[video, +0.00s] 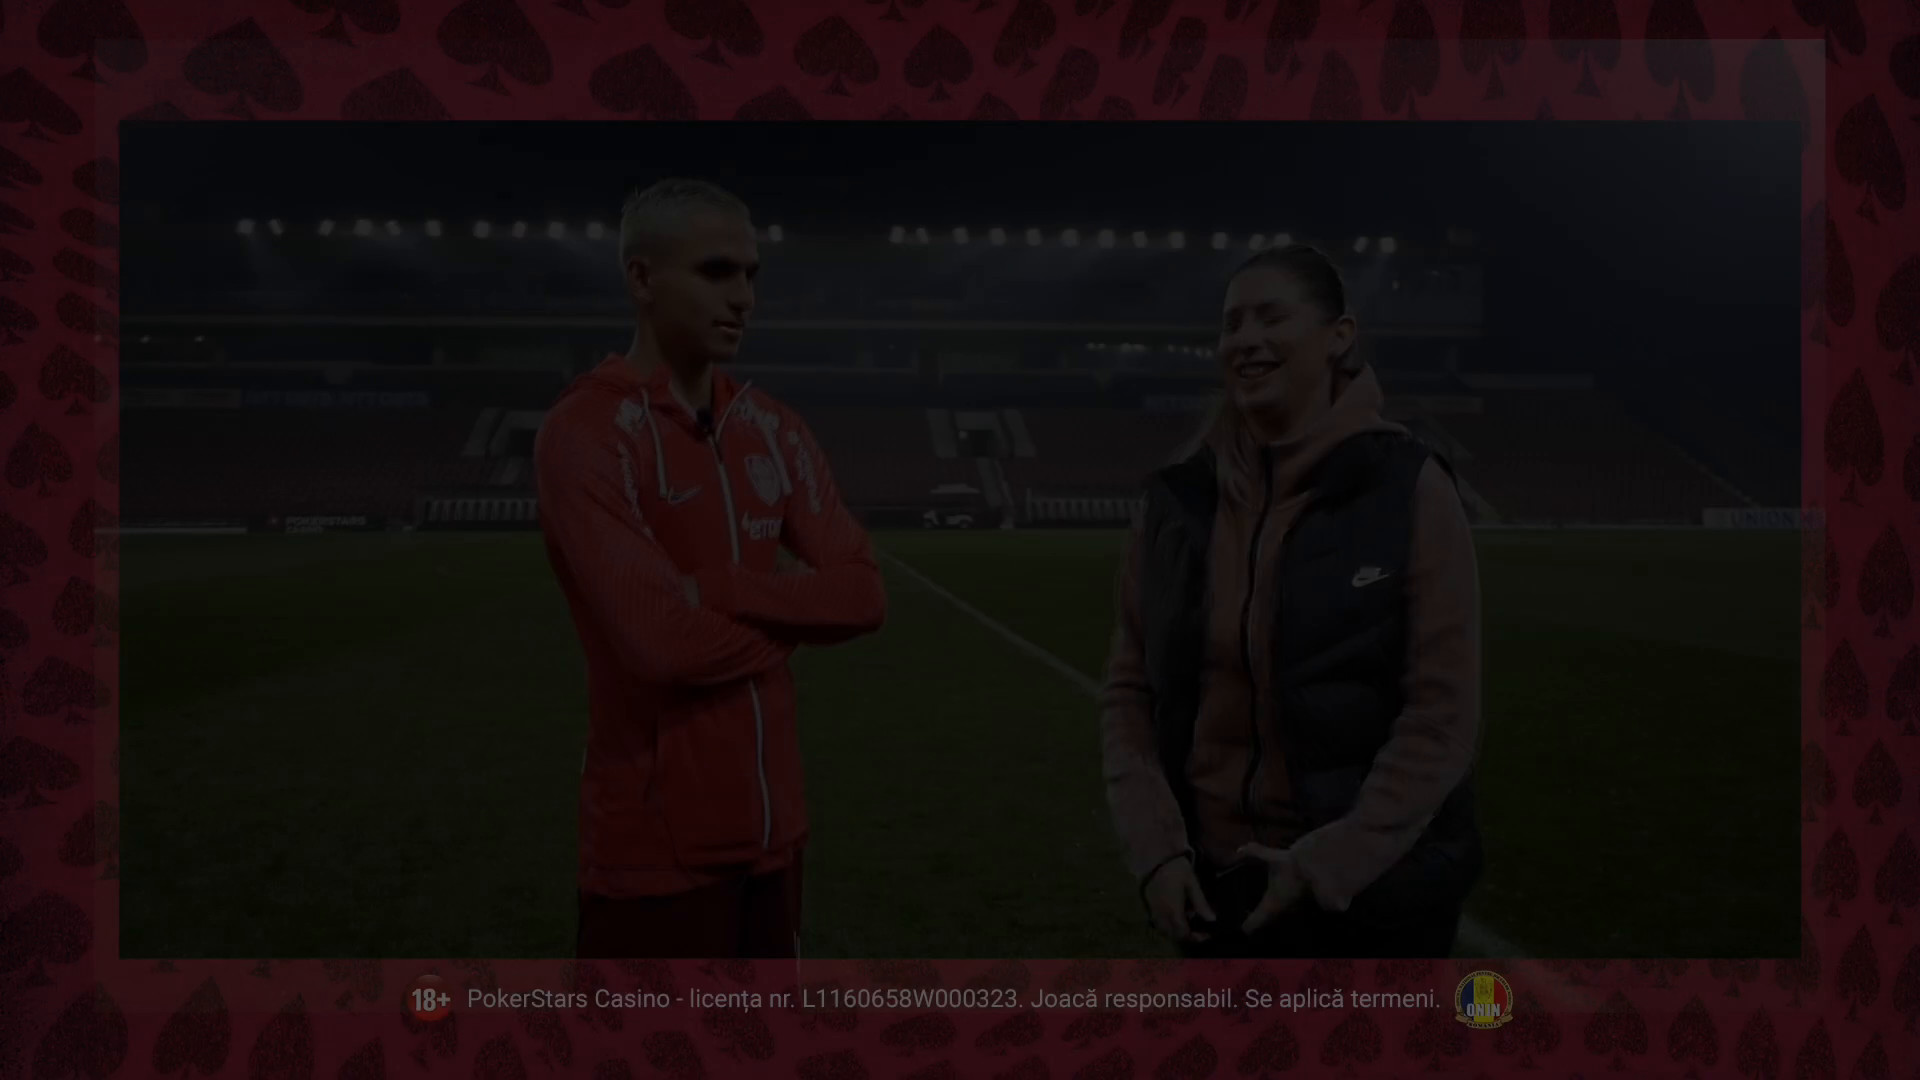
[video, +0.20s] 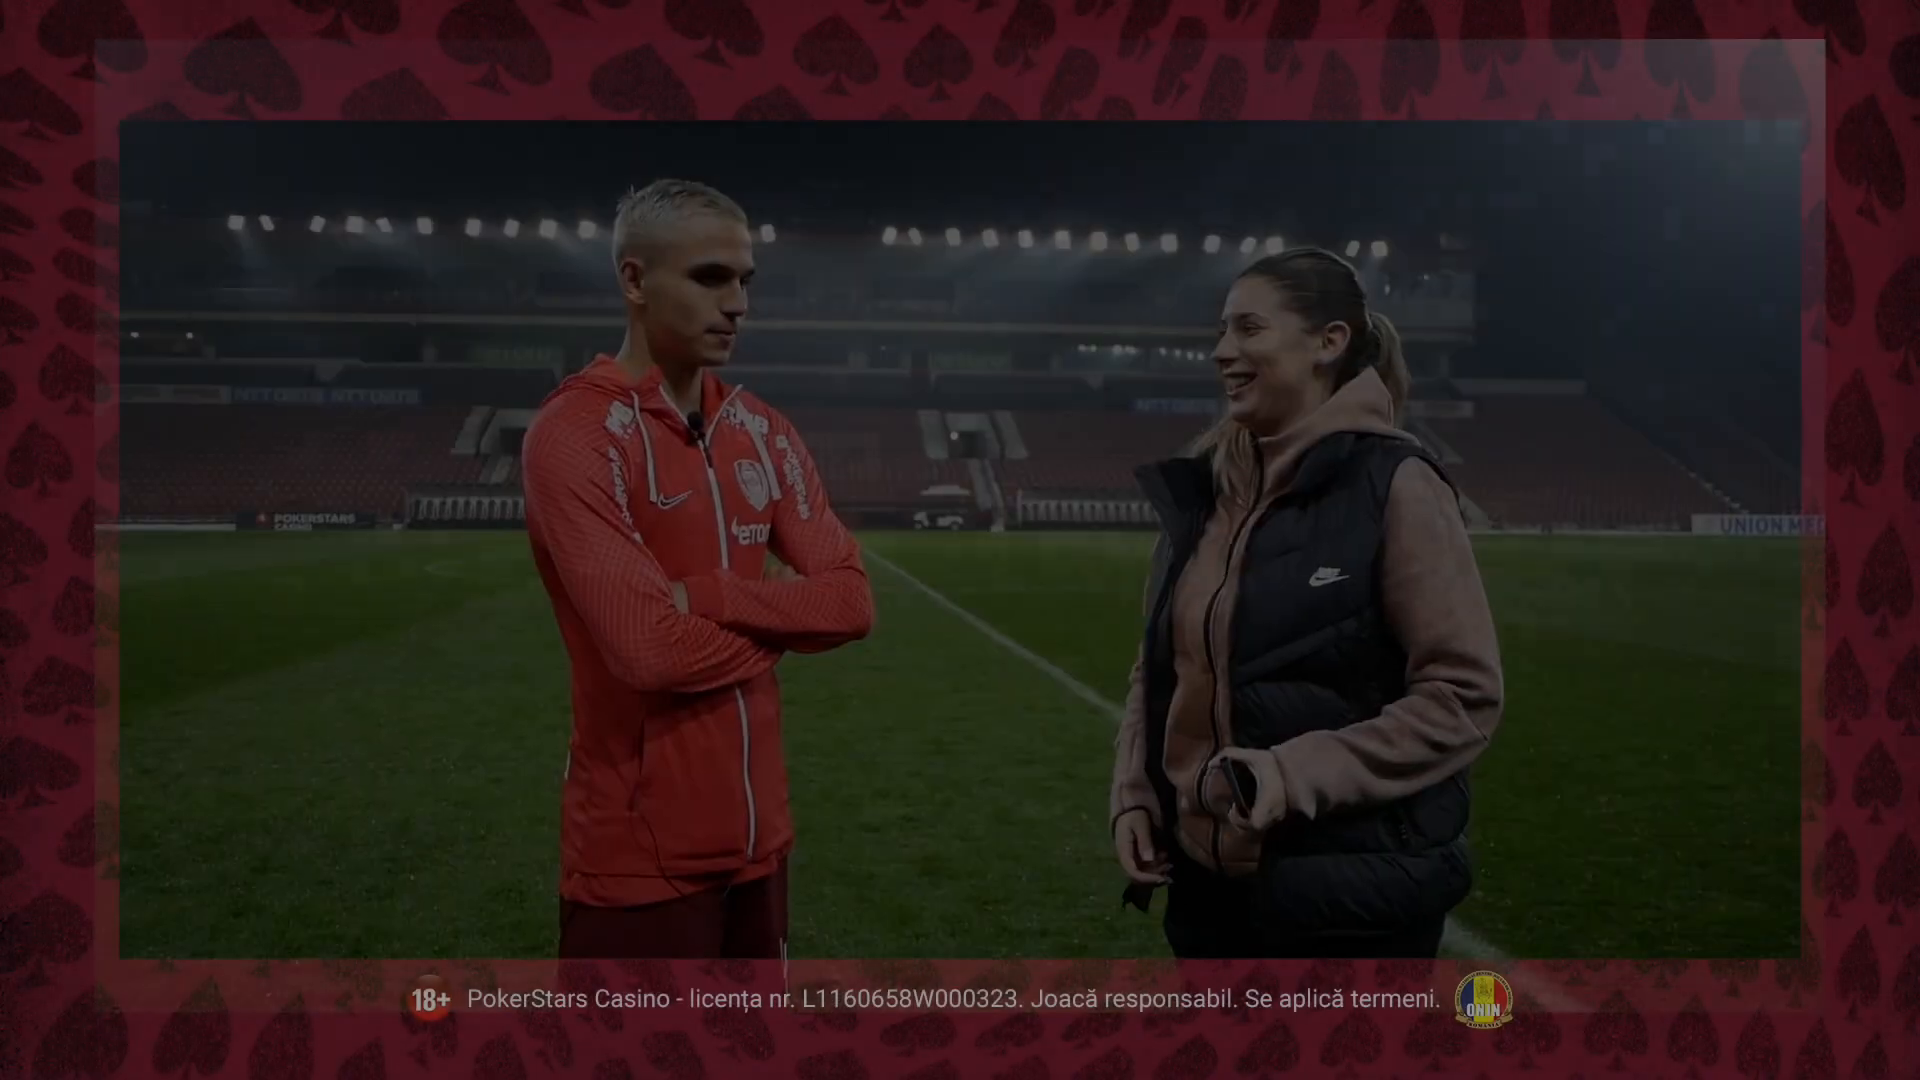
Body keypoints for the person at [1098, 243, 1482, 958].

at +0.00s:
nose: (1248, 340)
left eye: (1273, 317)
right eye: (1233, 325)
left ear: (1339, 334)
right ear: (1218, 348)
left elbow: (1444, 714)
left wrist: (1325, 862)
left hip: (1373, 873)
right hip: (1216, 877)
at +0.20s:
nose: (1223, 351)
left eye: (1248, 328)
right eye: (1223, 331)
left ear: (1331, 341)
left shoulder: (1397, 485)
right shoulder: (1211, 486)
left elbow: (1463, 697)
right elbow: (1156, 671)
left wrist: (1293, 776)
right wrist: (1135, 795)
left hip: (1354, 898)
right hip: (1214, 890)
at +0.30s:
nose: (1229, 352)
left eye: (1253, 328)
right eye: (1232, 331)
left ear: (1335, 342)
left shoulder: (1394, 482)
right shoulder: (1240, 484)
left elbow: (1462, 693)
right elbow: (1194, 678)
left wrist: (1275, 752)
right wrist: (1145, 780)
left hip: (1345, 902)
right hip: (1225, 895)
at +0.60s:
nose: (1250, 353)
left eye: (1274, 331)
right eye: (1258, 332)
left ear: (1351, 350)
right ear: (1345, 353)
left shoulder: (1397, 502)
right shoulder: (1301, 486)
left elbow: (1410, 732)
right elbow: (1223, 640)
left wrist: (1223, 725)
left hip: (1360, 915)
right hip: (1282, 901)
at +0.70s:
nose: (1250, 355)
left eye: (1275, 333)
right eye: (1261, 333)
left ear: (1351, 352)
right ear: (1341, 352)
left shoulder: (1394, 505)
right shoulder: (1298, 490)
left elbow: (1392, 734)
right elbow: (1172, 604)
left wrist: (1213, 722)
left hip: (1359, 911)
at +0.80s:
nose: (1246, 356)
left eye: (1269, 333)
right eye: (1255, 334)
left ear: (1344, 353)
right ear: (1338, 355)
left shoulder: (1385, 509)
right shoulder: (1299, 491)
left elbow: (1391, 741)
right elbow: (1133, 557)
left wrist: (1215, 724)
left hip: (1353, 914)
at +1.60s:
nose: (1166, 382)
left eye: (1186, 359)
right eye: (1173, 359)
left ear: (1261, 377)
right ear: (1257, 379)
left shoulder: (1319, 520)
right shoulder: (1201, 505)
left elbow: (1339, 744)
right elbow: (1043, 532)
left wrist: (1155, 733)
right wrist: (1020, 400)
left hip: (1264, 922)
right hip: (1188, 907)